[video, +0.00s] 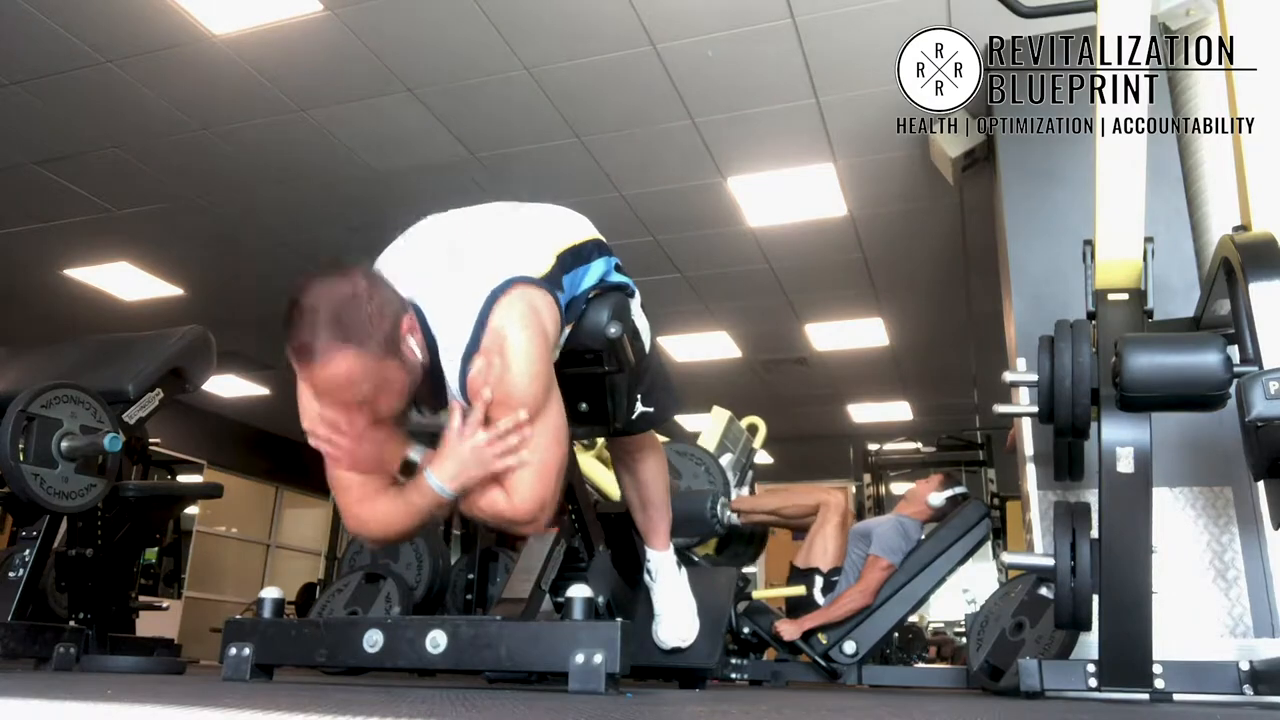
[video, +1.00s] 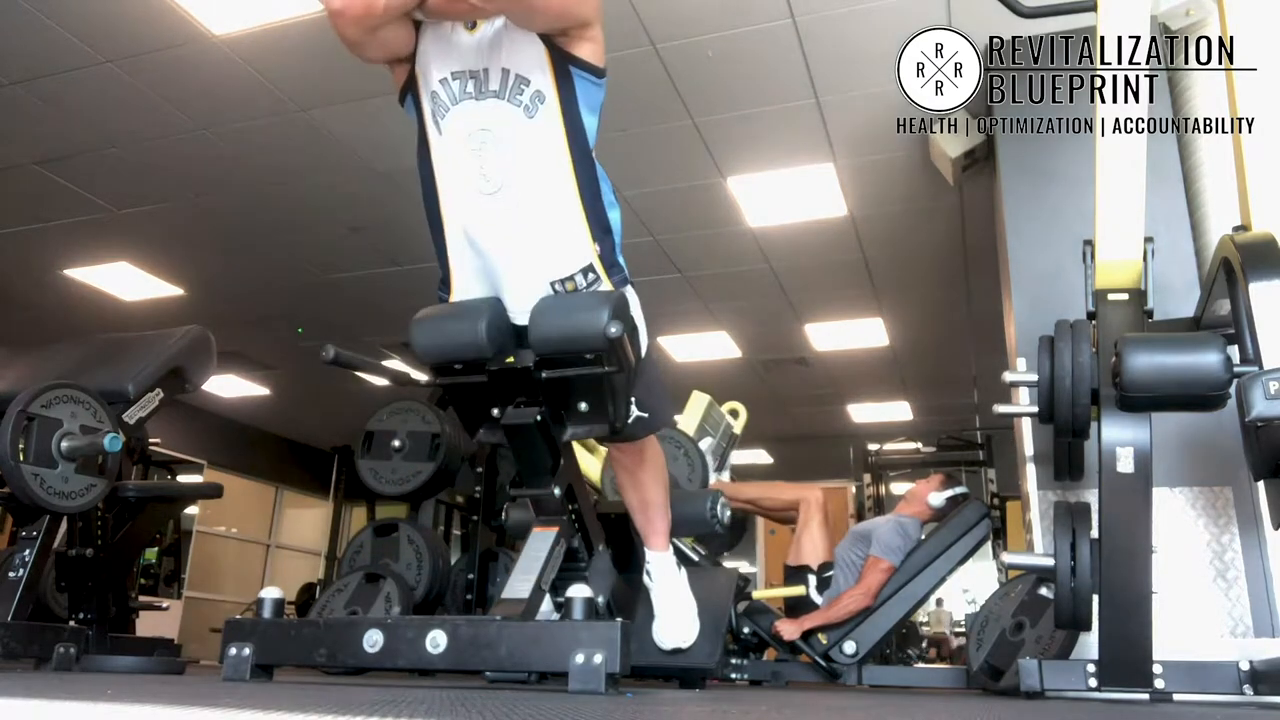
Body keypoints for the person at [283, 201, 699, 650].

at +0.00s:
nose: (349, 426)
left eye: (367, 408)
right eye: (331, 410)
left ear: (412, 343)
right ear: (307, 373)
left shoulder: (507, 331)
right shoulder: (324, 369)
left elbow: (527, 509)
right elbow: (366, 519)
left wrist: (401, 456)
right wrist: (442, 480)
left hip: (575, 264)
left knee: (632, 428)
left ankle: (662, 565)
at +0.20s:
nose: (321, 263)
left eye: (335, 237)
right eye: (301, 241)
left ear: (387, 199)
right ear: (284, 222)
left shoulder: (490, 226)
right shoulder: (300, 269)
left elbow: (481, 420)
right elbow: (314, 438)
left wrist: (363, 363)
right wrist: (401, 360)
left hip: (579, 305)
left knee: (631, 427)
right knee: (524, 463)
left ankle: (662, 565)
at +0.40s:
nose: (325, 54)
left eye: (346, 28)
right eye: (313, 34)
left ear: (405, 22)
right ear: (304, 41)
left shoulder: (487, 94)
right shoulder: (302, 142)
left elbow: (440, 240)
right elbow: (269, 273)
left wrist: (341, 193)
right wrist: (385, 164)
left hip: (575, 295)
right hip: (477, 315)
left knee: (630, 428)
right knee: (513, 440)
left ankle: (662, 566)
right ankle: (548, 534)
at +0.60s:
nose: (435, 5)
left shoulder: (524, 14)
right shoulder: (363, 45)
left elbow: (458, 87)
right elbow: (283, 119)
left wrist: (359, 67)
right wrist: (397, 34)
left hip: (576, 286)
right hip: (478, 303)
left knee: (629, 425)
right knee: (520, 442)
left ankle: (661, 564)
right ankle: (549, 547)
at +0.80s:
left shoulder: (560, 11)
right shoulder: (410, 45)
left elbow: (470, 21)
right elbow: (329, 44)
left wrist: (383, 17)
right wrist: (418, 5)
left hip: (575, 258)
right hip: (473, 274)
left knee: (627, 420)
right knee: (508, 431)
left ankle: (660, 561)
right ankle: (542, 554)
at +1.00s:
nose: (472, 6)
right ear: (444, 2)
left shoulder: (571, 15)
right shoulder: (414, 43)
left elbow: (529, 7)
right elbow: (346, 9)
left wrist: (419, 3)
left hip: (583, 276)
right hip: (477, 291)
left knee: (630, 423)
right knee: (511, 440)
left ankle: (659, 562)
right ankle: (541, 549)